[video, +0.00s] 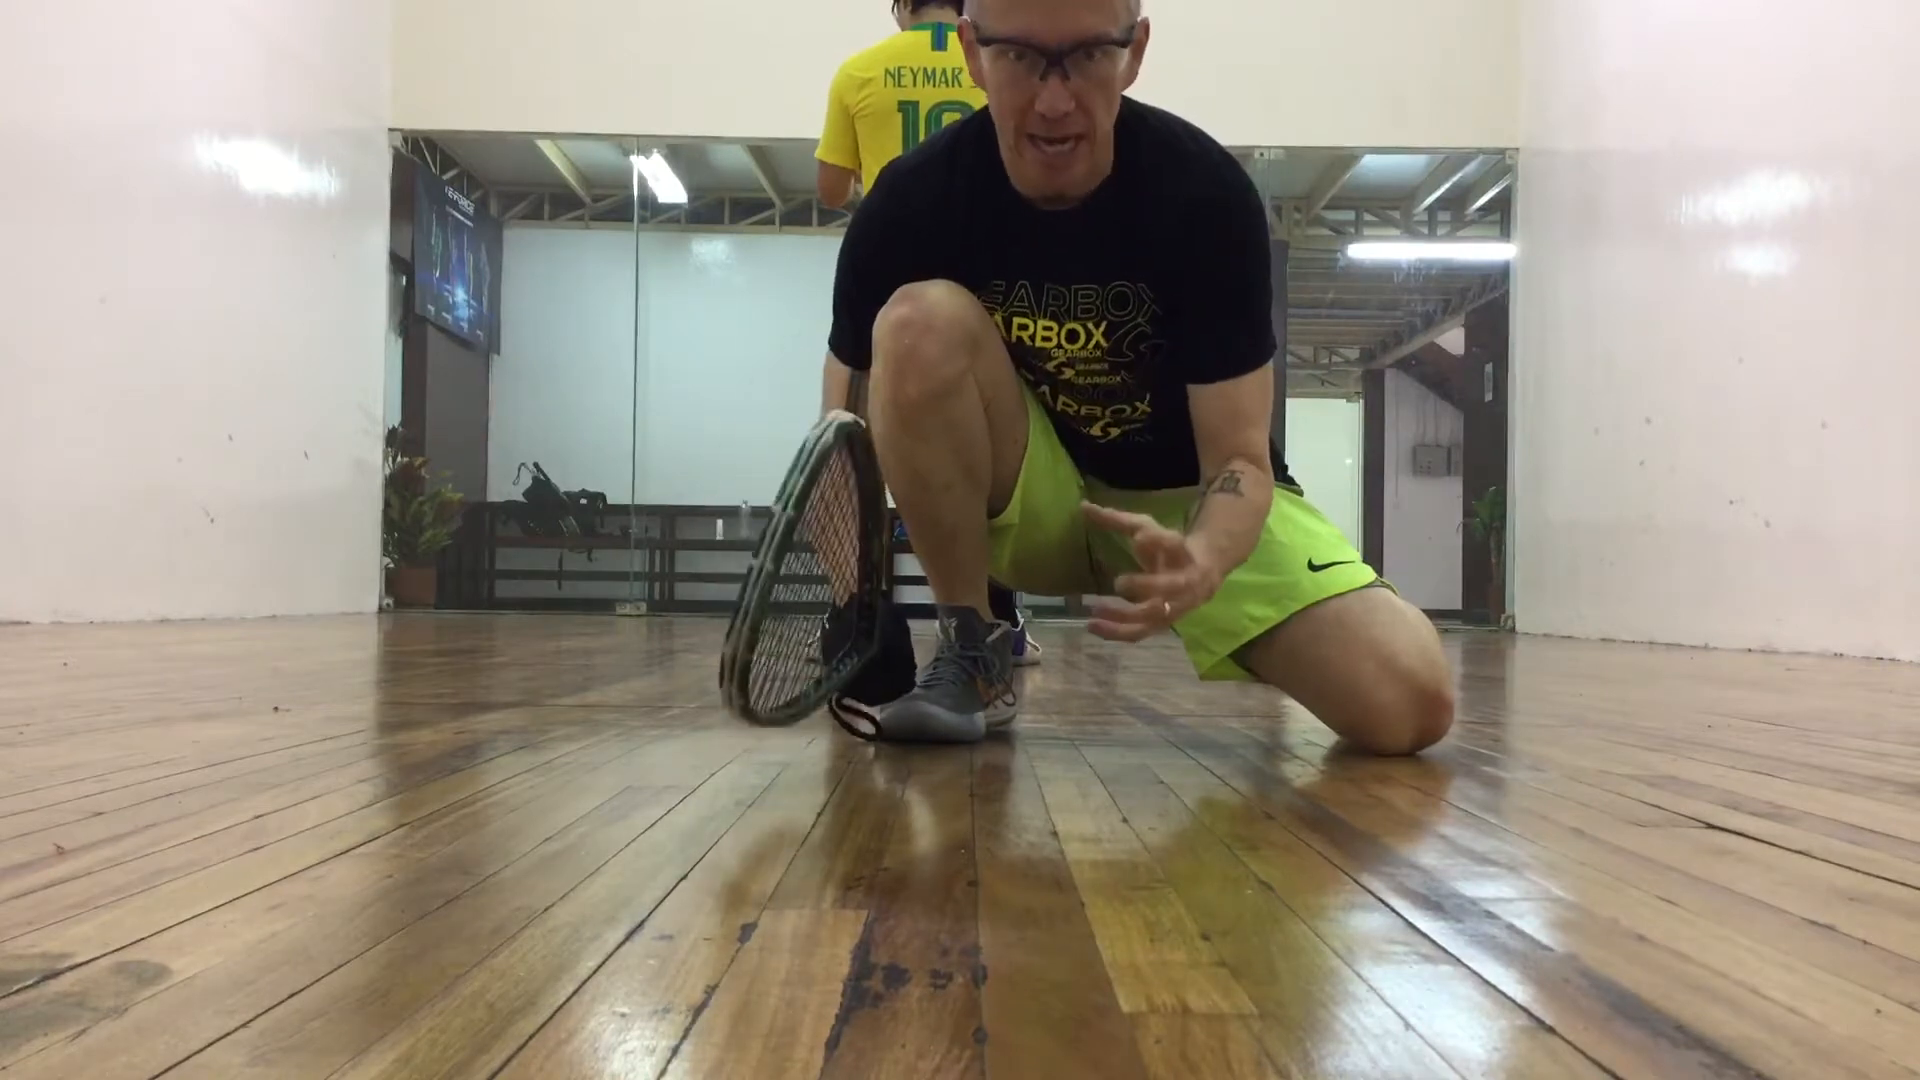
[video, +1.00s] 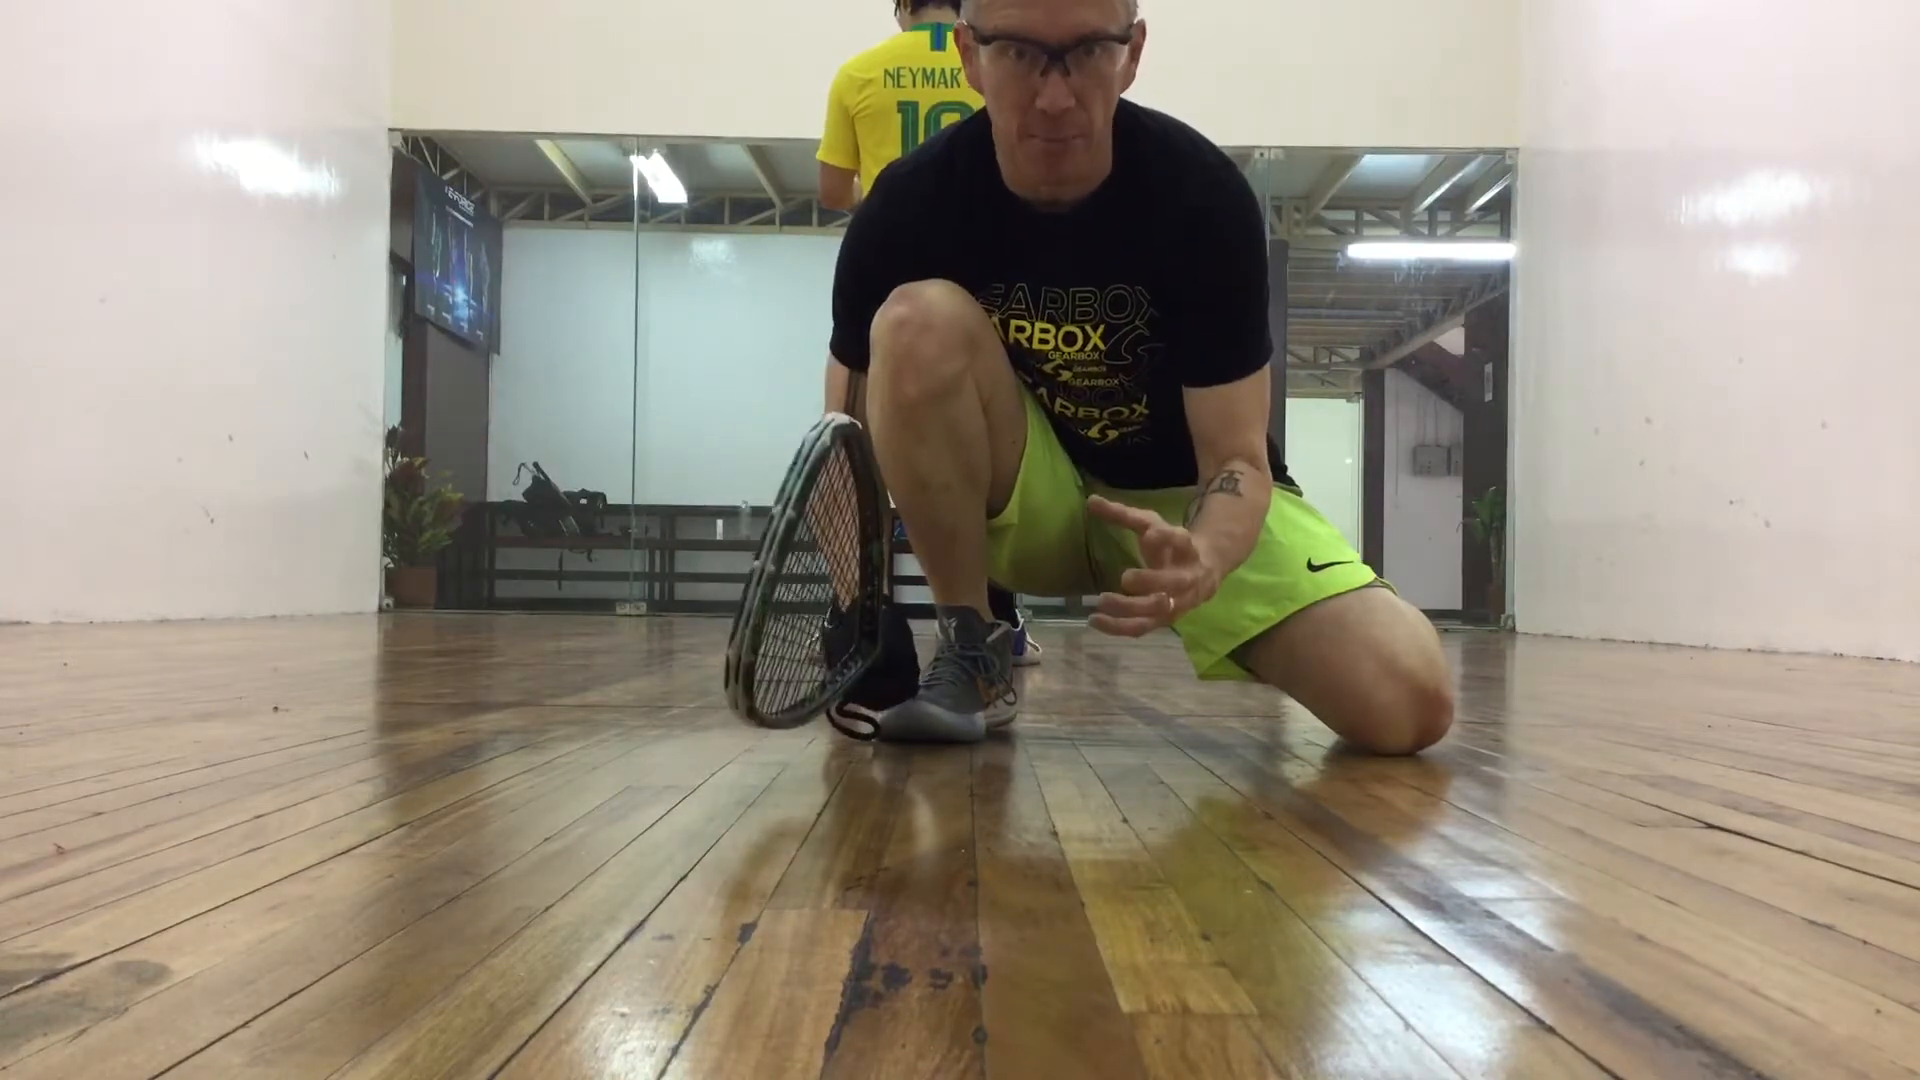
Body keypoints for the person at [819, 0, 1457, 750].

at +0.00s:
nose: (1055, 98)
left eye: (1088, 56)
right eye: (1022, 57)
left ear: (1136, 50)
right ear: (971, 50)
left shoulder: (1206, 194)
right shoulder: (909, 203)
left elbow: (1240, 465)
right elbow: (846, 434)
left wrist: (1205, 564)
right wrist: (856, 615)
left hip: (1200, 504)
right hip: (1033, 495)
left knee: (1412, 713)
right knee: (919, 322)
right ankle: (968, 646)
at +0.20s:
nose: (1055, 108)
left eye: (1088, 61)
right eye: (1022, 64)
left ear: (1135, 53)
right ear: (969, 60)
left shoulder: (1206, 199)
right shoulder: (908, 208)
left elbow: (1243, 469)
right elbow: (846, 428)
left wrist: (1199, 545)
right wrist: (859, 613)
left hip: (1203, 507)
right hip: (1035, 499)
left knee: (1411, 713)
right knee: (919, 323)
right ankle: (969, 646)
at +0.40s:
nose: (1056, 85)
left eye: (1089, 42)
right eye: (1022, 44)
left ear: (1134, 50)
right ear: (970, 50)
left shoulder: (1204, 194)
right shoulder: (907, 204)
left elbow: (1237, 460)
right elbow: (849, 425)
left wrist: (1205, 555)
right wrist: (858, 617)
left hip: (1195, 504)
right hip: (1031, 497)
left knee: (1411, 712)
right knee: (920, 322)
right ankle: (968, 647)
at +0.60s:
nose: (1053, 110)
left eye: (1085, 65)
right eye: (1019, 66)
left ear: (1134, 51)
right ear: (966, 55)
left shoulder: (1204, 196)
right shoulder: (905, 207)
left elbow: (1241, 459)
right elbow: (846, 434)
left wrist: (1207, 537)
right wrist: (857, 611)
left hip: (1198, 507)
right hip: (1030, 499)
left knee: (1411, 711)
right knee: (918, 322)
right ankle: (969, 643)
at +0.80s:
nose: (1052, 92)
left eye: (1083, 50)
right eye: (1019, 51)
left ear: (1132, 54)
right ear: (967, 58)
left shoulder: (1201, 196)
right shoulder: (906, 207)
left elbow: (1237, 468)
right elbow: (845, 441)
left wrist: (1203, 567)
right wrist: (855, 623)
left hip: (1195, 503)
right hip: (1032, 495)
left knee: (1410, 712)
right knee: (918, 320)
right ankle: (967, 646)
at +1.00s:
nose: (1054, 94)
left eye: (1085, 52)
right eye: (1020, 54)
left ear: (1133, 52)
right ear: (968, 55)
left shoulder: (1202, 195)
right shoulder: (908, 204)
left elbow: (1238, 465)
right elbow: (849, 436)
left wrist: (1205, 561)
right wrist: (858, 619)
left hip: (1198, 503)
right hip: (1031, 497)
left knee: (1411, 712)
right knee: (918, 320)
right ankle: (967, 642)